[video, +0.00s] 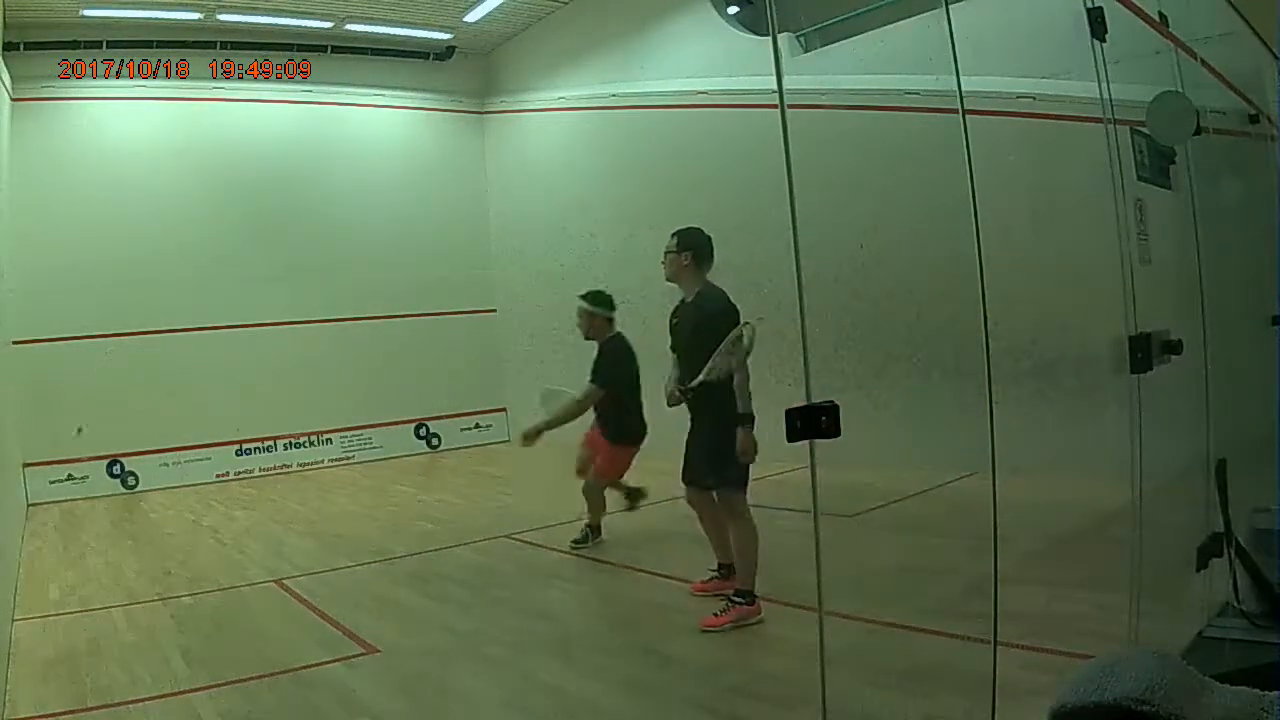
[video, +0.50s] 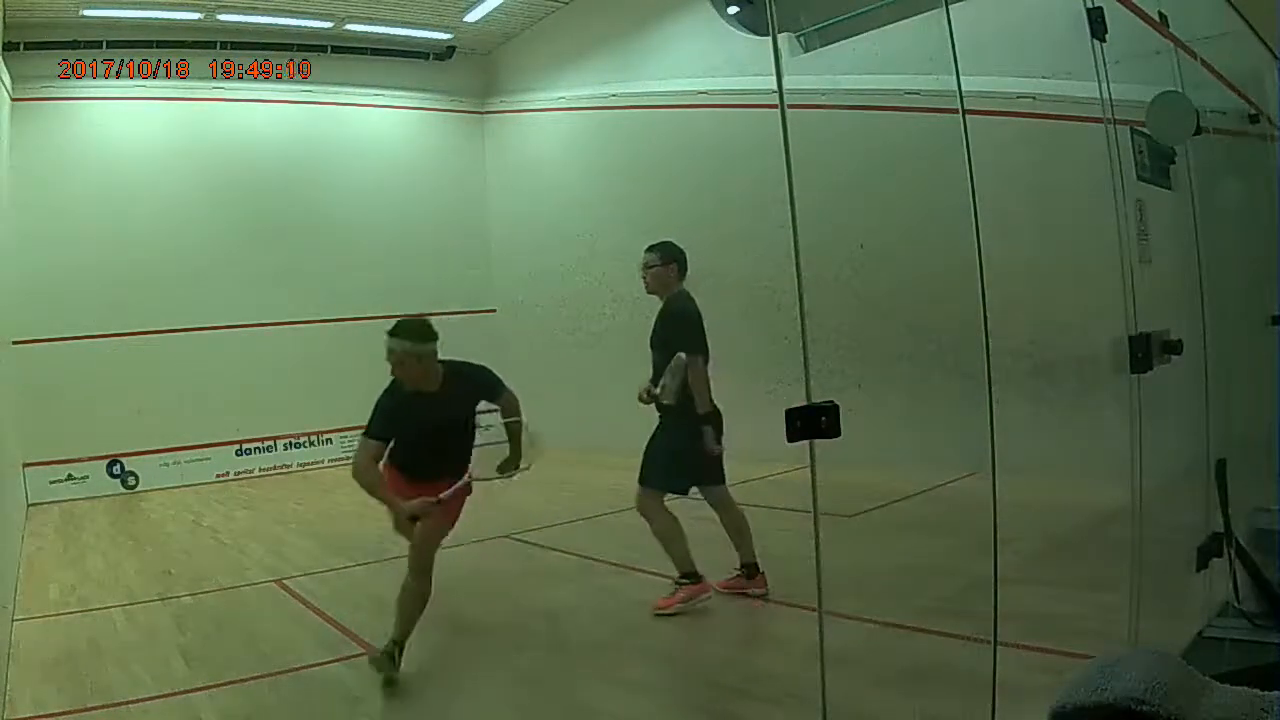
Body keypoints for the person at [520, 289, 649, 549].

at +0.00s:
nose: (578, 323)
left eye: (582, 317)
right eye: (579, 317)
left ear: (598, 320)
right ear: (598, 320)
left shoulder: (614, 352)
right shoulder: (608, 346)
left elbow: (584, 402)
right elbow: (606, 390)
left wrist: (542, 427)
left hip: (623, 436)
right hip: (605, 425)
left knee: (592, 487)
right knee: (583, 468)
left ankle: (594, 529)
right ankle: (629, 492)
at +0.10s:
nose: (529, 333)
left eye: (534, 326)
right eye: (529, 326)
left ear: (553, 327)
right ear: (552, 327)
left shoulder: (574, 357)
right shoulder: (560, 354)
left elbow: (554, 408)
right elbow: (555, 398)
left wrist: (515, 418)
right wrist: (524, 409)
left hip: (590, 445)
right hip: (561, 433)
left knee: (576, 493)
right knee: (519, 478)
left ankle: (591, 524)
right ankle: (523, 527)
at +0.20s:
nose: (481, 343)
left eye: (485, 336)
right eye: (480, 336)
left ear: (505, 335)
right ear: (504, 336)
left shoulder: (540, 367)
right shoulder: (506, 367)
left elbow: (544, 426)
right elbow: (496, 402)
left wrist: (508, 440)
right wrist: (476, 426)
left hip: (548, 458)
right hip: (515, 449)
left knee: (526, 518)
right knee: (477, 502)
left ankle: (562, 514)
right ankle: (463, 562)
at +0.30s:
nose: (448, 355)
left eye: (452, 349)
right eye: (447, 349)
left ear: (475, 347)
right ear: (470, 347)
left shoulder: (517, 377)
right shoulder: (460, 384)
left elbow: (552, 425)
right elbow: (445, 431)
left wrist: (523, 461)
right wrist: (424, 475)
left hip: (516, 463)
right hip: (479, 456)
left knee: (481, 540)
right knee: (447, 516)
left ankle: (514, 532)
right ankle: (459, 565)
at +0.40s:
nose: (416, 350)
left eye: (420, 343)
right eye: (415, 343)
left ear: (444, 342)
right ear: (440, 343)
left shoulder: (493, 368)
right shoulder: (424, 385)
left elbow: (537, 395)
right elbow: (397, 444)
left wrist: (526, 446)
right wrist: (409, 492)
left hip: (479, 464)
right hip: (437, 462)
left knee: (447, 525)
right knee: (440, 526)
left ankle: (427, 595)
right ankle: (444, 563)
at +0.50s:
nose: (392, 370)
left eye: (398, 362)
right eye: (390, 361)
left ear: (425, 359)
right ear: (404, 359)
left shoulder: (470, 378)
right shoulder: (393, 397)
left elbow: (509, 404)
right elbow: (361, 465)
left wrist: (514, 454)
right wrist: (396, 504)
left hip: (447, 483)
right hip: (400, 477)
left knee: (420, 559)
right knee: (407, 530)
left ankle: (396, 647)